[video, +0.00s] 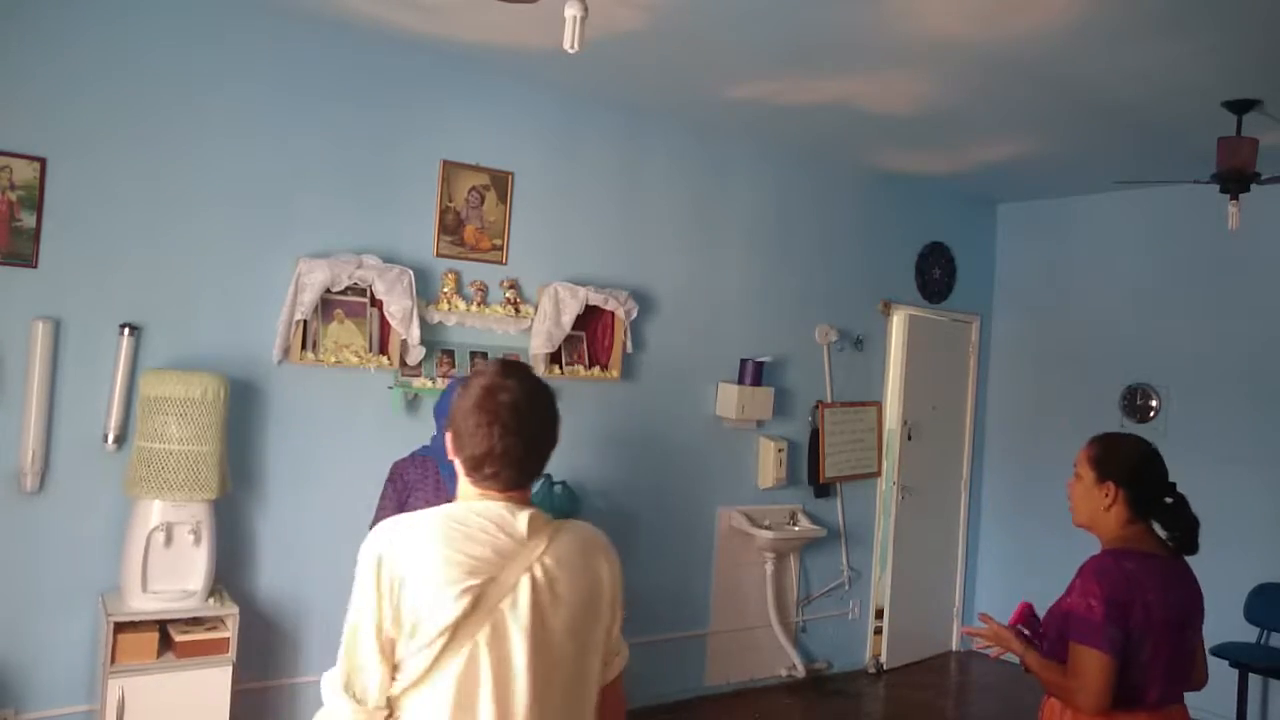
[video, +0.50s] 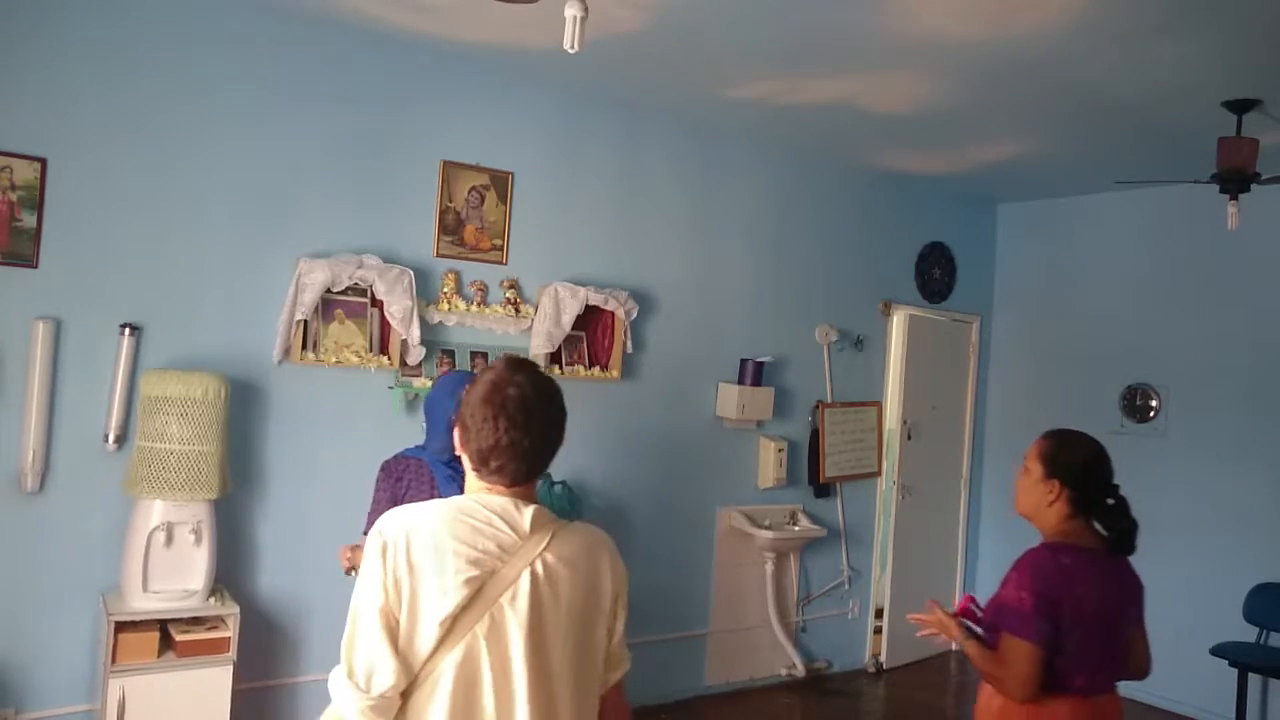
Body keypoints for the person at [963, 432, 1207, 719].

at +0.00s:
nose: (1067, 488)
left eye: (1077, 476)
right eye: (1073, 476)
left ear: (1107, 494)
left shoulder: (1101, 575)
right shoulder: (1176, 569)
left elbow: (1089, 697)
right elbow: (1195, 676)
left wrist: (1021, 649)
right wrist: (1055, 648)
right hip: (1168, 711)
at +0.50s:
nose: (1017, 475)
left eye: (1025, 469)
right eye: (1022, 467)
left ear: (1052, 491)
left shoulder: (1037, 568)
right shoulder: (1119, 567)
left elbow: (1018, 685)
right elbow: (1137, 665)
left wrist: (961, 636)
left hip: (1031, 710)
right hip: (1103, 707)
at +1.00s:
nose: (956, 469)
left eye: (964, 463)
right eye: (961, 461)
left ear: (987, 485)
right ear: (1027, 484)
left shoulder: (962, 555)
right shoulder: (1061, 559)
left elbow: (940, 668)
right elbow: (1085, 657)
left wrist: (898, 624)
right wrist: (1016, 647)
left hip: (969, 702)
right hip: (1041, 701)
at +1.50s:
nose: (927, 471)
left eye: (932, 464)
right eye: (931, 462)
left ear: (952, 483)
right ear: (993, 482)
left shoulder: (928, 553)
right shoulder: (1026, 555)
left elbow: (914, 658)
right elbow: (1045, 648)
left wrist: (875, 621)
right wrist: (984, 639)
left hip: (936, 694)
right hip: (1006, 692)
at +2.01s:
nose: (917, 458)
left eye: (923, 451)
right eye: (921, 450)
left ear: (942, 467)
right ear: (979, 472)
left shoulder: (921, 536)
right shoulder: (993, 538)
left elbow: (901, 634)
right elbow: (1006, 619)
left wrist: (858, 596)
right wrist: (951, 614)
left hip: (919, 677)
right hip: (977, 670)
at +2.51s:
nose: (910, 449)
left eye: (920, 443)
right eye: (917, 441)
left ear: (940, 461)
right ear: (943, 462)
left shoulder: (924, 525)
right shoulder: (975, 523)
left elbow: (913, 621)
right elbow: (988, 611)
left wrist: (860, 593)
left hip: (915, 663)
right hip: (965, 657)